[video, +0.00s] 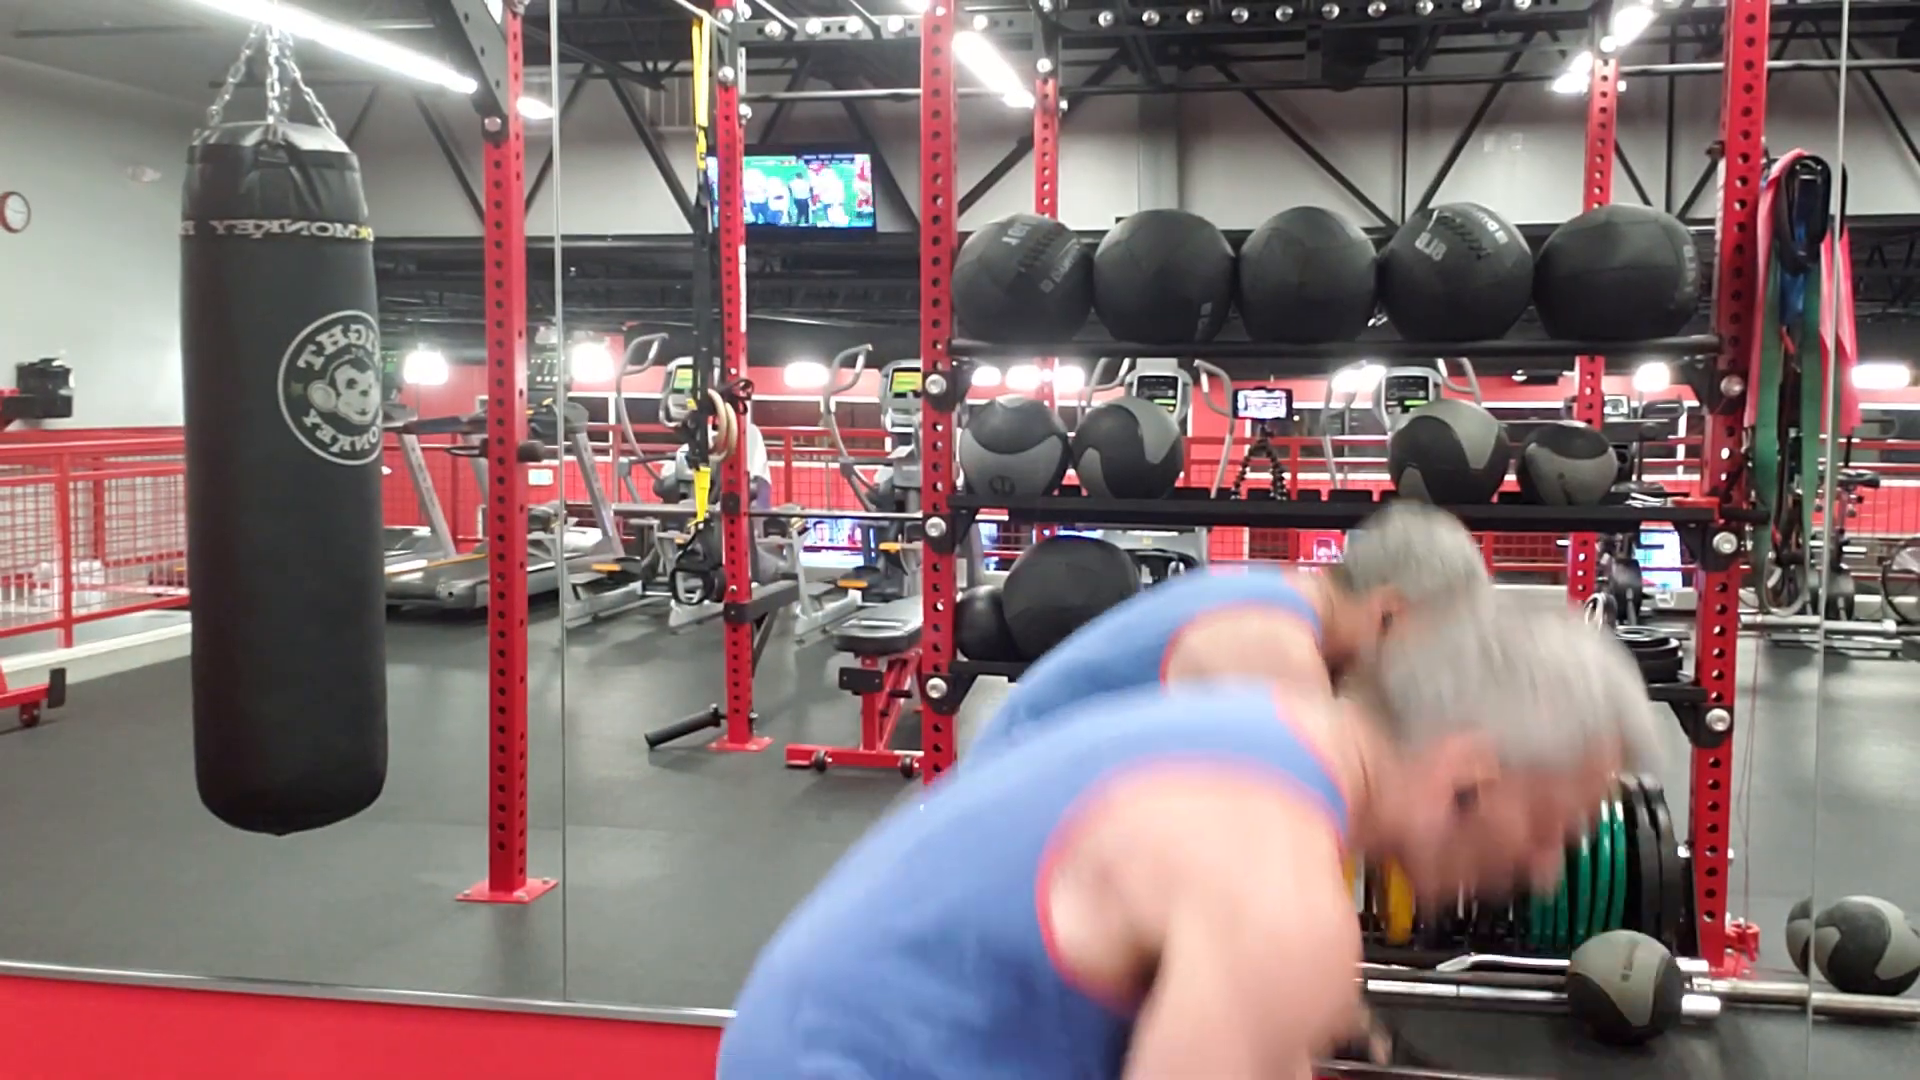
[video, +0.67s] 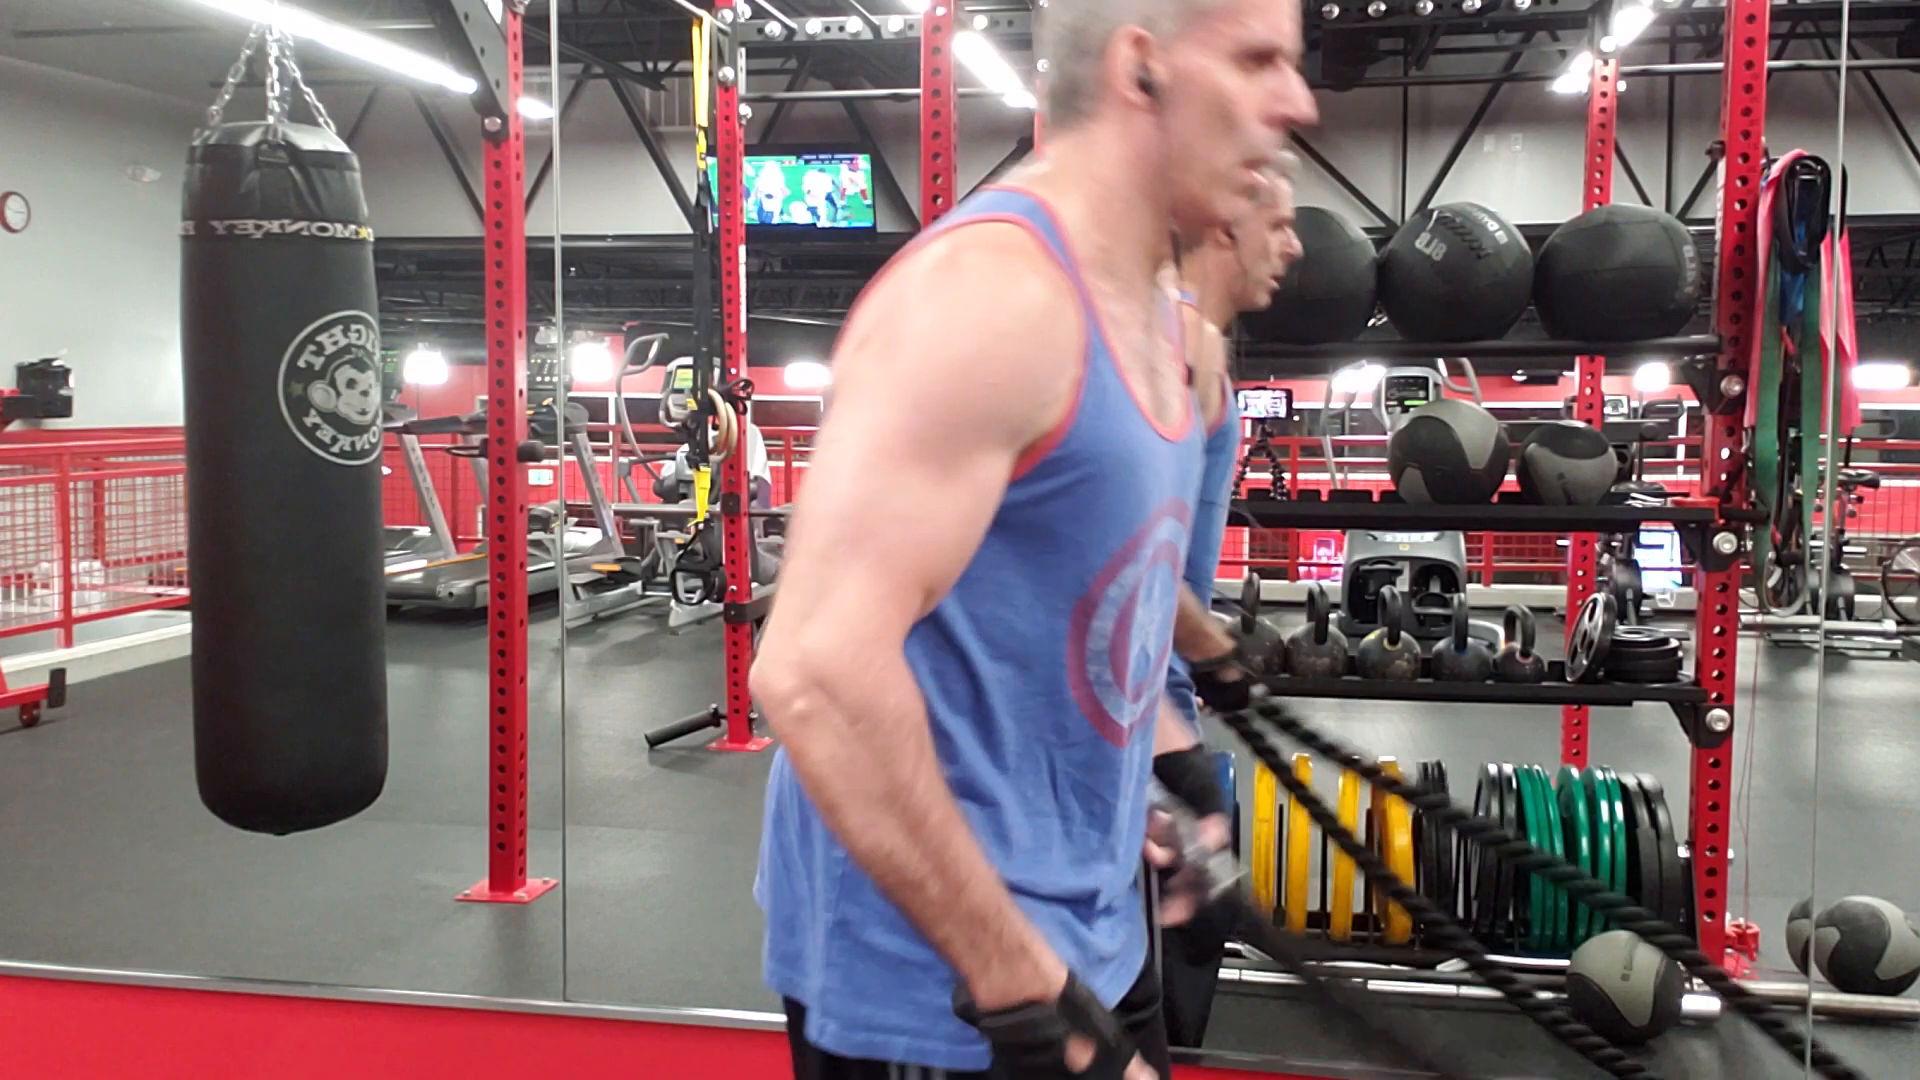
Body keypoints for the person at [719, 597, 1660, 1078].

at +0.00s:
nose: (1544, 875)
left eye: (1567, 843)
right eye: (1553, 834)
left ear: (1465, 758)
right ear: (1472, 781)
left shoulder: (1272, 731)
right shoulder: (1274, 904)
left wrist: (1302, 1017)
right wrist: (1328, 1042)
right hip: (844, 1059)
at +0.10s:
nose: (1535, 707)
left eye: (1553, 677)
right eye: (1540, 668)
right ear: (1441, 623)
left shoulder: (1254, 544)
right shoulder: (1243, 765)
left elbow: (1215, 823)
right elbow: (1143, 1064)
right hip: (865, 1043)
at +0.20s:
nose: (1503, 550)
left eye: (1516, 509)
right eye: (1498, 498)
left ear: (1385, 465)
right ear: (1391, 463)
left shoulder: (1274, 551)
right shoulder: (1196, 606)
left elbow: (1244, 844)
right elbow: (1088, 1001)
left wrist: (1396, 1054)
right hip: (882, 1004)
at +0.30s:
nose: (1463, 394)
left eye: (1471, 354)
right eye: (1451, 344)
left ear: (1333, 326)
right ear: (1333, 320)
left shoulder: (1264, 497)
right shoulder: (1147, 489)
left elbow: (1237, 746)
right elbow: (1040, 878)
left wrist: (1406, 978)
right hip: (905, 955)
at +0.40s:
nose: (1416, 271)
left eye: (1416, 228)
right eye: (1387, 222)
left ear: (1276, 218)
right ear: (1272, 213)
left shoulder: (1243, 411)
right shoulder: (1090, 398)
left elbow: (1226, 670)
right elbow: (979, 778)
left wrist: (1394, 902)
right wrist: (1177, 1057)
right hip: (918, 941)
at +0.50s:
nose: (1372, 190)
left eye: (1369, 146)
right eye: (1341, 139)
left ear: (1227, 145)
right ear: (1222, 137)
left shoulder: (1225, 366)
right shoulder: (1048, 330)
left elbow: (1162, 630)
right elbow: (898, 691)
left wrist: (1322, 792)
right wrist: (1127, 999)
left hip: (1077, 902)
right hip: (925, 937)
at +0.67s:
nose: (1302, 107)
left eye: (1293, 66)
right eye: (1261, 60)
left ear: (1150, 70)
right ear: (1138, 65)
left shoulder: (1160, 312)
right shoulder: (984, 294)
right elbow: (816, 669)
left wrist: (1154, 791)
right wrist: (1016, 984)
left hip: (1093, 963)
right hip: (935, 1004)